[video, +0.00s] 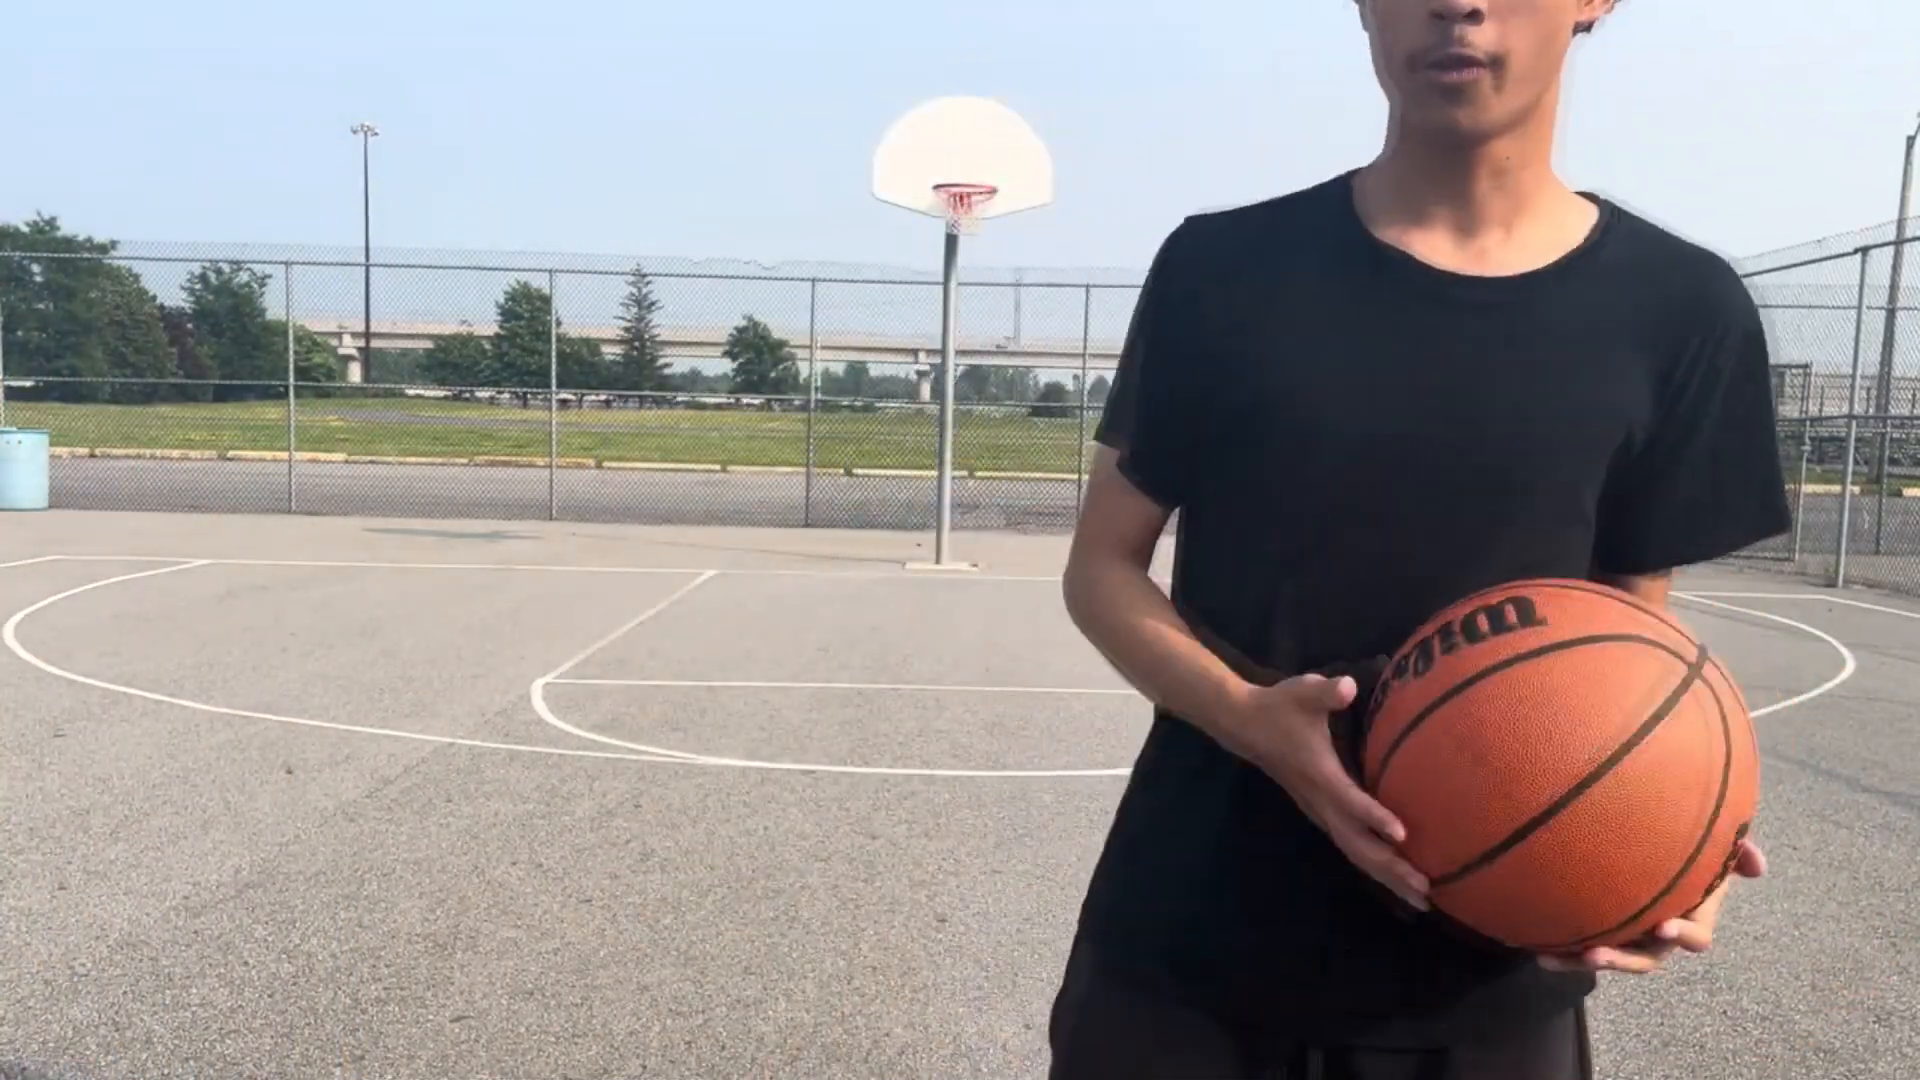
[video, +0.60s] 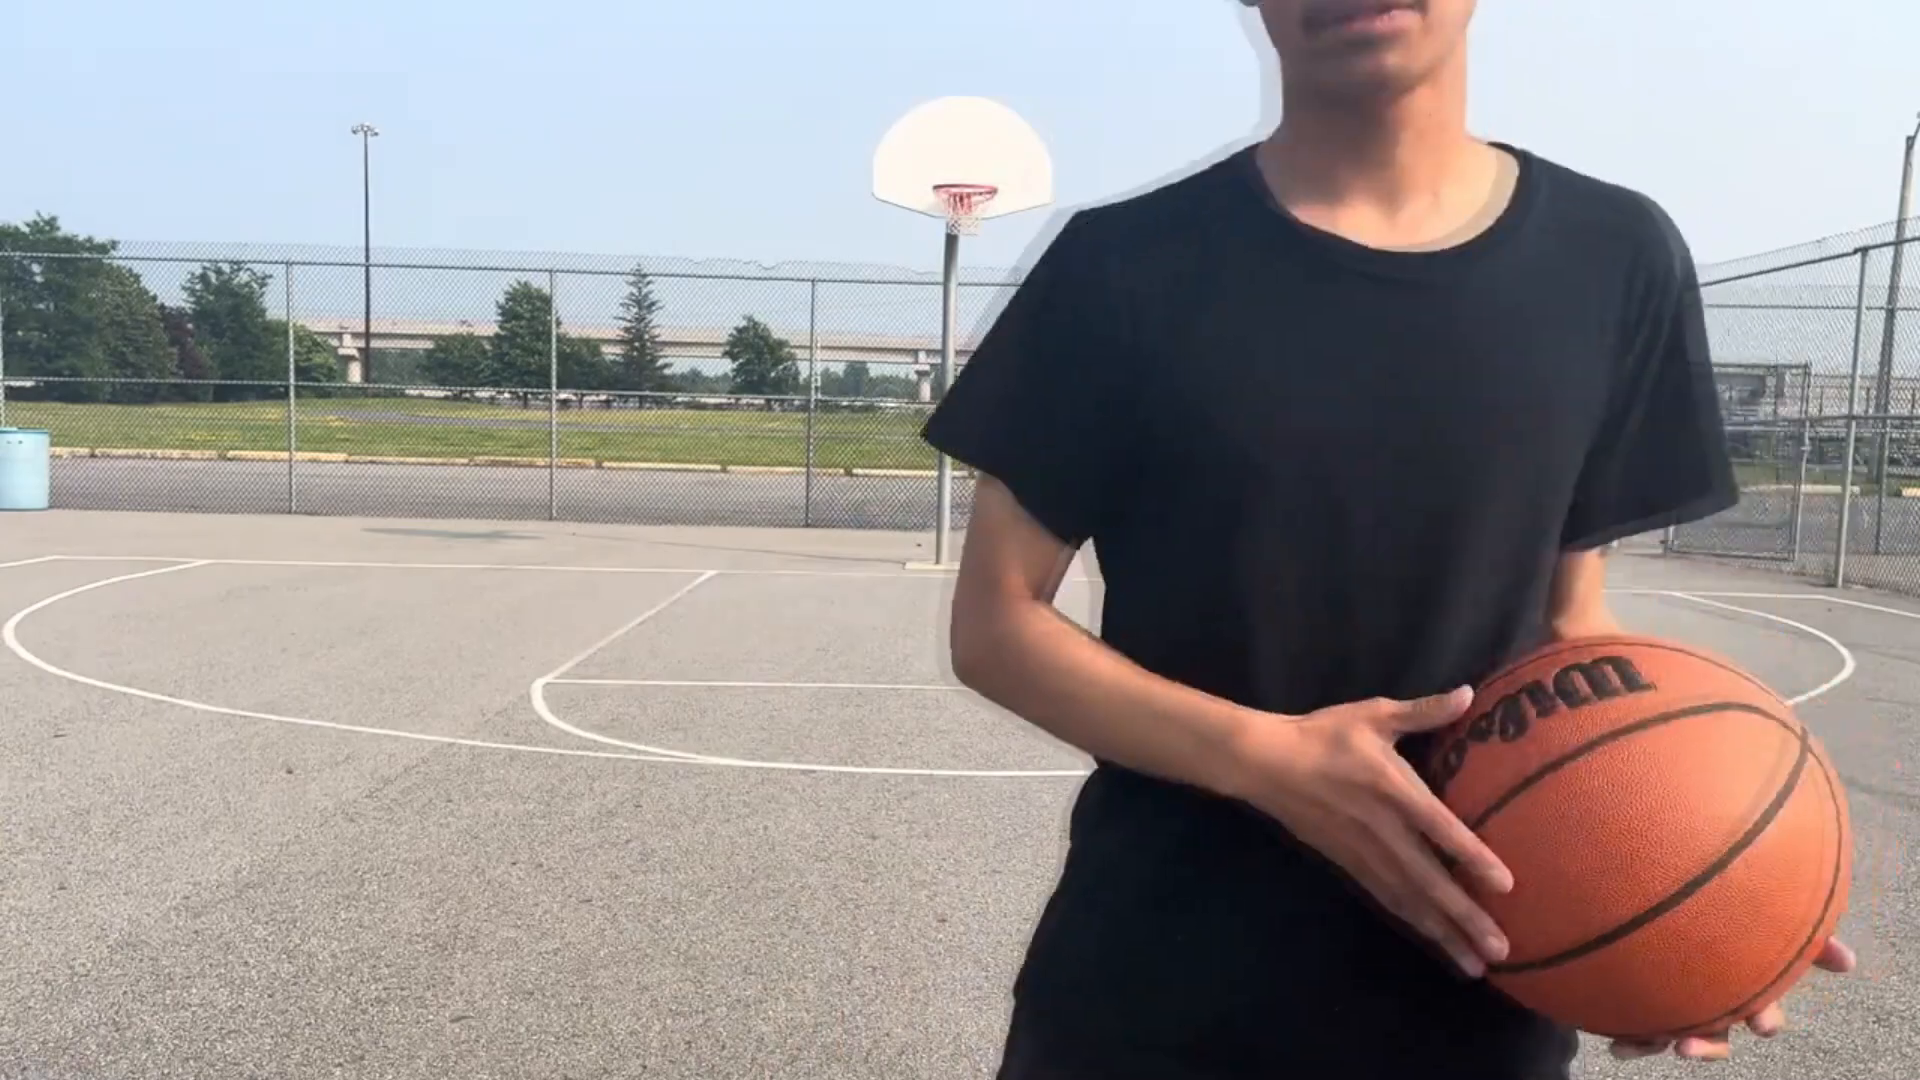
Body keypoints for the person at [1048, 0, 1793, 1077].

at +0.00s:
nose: (1454, 2)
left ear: (1587, 5)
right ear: (1366, 12)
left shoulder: (1682, 308)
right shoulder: (1218, 269)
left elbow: (1635, 617)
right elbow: (1100, 567)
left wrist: (1659, 828)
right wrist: (1242, 713)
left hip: (1489, 995)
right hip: (1188, 965)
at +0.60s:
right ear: (1255, 5)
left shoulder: (1613, 257)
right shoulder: (1117, 265)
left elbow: (1567, 625)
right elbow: (990, 622)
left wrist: (1670, 896)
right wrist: (1259, 756)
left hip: (1470, 1025)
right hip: (1152, 1014)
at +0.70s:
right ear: (1180, 0)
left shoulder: (1556, 240)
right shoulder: (1054, 265)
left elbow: (1522, 611)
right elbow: (943, 636)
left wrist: (1627, 889)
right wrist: (1212, 763)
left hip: (1442, 1020)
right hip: (1124, 1017)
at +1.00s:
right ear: (983, 0)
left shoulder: (1420, 173)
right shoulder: (893, 297)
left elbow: (1472, 516)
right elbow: (831, 653)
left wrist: (1516, 771)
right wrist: (1005, 768)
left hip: (1391, 972)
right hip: (1046, 999)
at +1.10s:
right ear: (909, 8)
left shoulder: (1387, 167)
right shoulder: (861, 323)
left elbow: (1470, 524)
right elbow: (827, 666)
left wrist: (1477, 820)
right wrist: (974, 805)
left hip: (1371, 947)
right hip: (1036, 987)